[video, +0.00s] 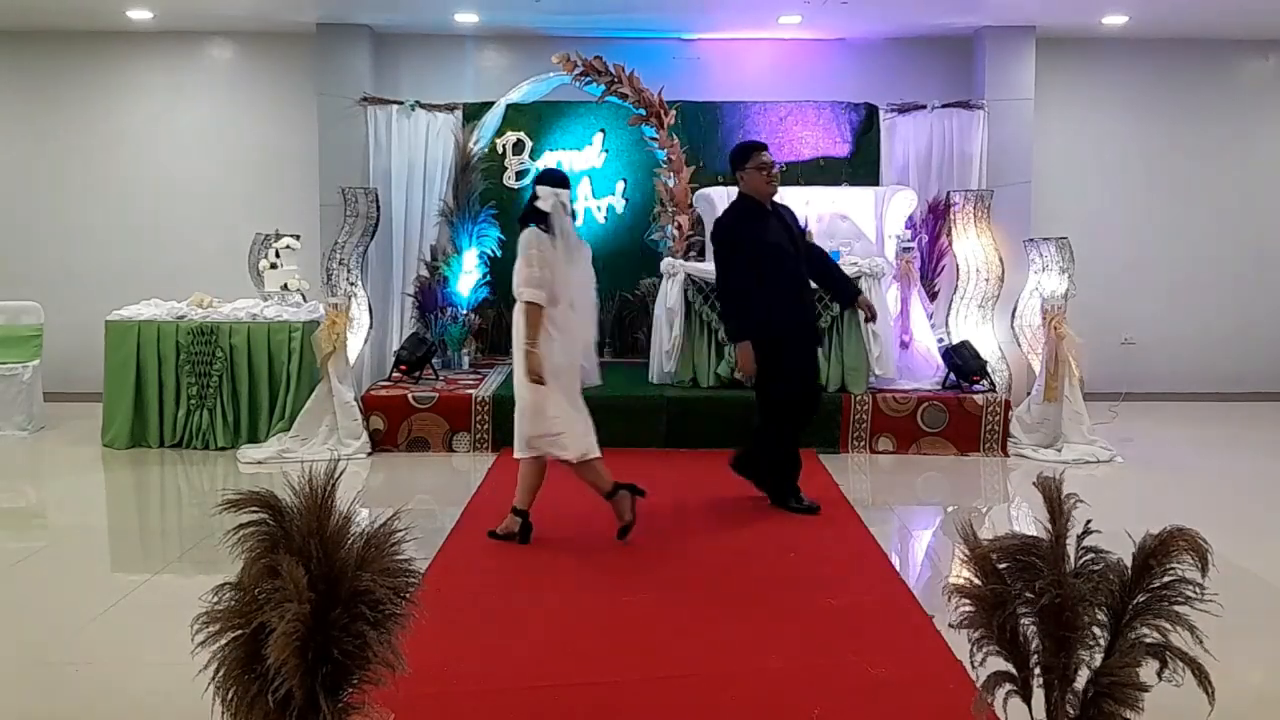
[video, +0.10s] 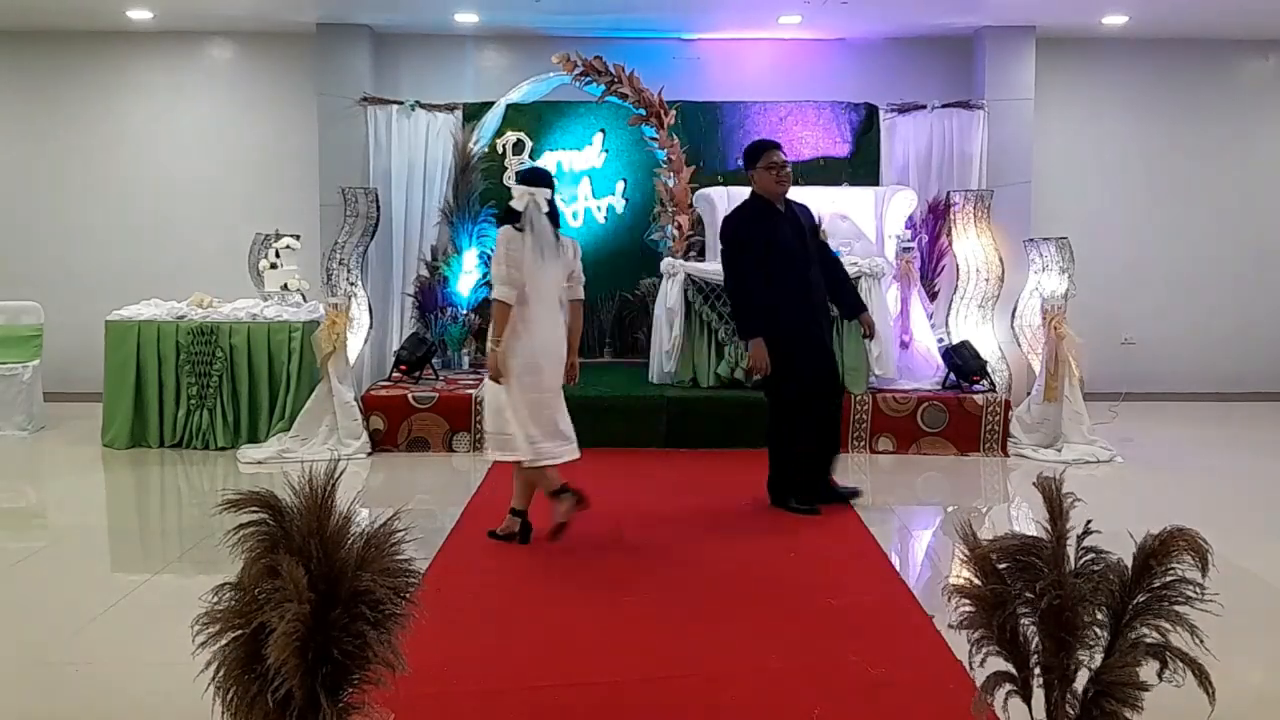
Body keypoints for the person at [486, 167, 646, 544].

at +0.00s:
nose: (537, 202)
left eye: (538, 196)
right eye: (543, 196)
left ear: (537, 198)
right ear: (567, 200)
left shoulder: (533, 237)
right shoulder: (577, 244)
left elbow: (533, 299)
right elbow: (582, 302)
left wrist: (531, 350)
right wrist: (580, 353)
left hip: (541, 353)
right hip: (565, 353)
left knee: (557, 433)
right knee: (534, 437)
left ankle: (616, 494)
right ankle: (518, 517)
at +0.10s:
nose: (513, 198)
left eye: (516, 193)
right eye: (517, 191)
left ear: (520, 197)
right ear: (550, 198)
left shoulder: (509, 237)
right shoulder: (568, 244)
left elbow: (504, 297)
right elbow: (575, 304)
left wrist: (494, 345)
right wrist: (573, 353)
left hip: (520, 346)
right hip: (553, 347)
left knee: (516, 427)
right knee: (529, 429)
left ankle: (559, 492)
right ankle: (517, 517)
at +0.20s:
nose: (505, 199)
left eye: (504, 192)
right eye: (516, 191)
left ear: (499, 197)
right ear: (536, 198)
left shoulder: (486, 239)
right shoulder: (554, 245)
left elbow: (479, 298)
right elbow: (565, 304)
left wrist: (466, 343)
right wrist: (565, 354)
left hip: (494, 350)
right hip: (537, 350)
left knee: (477, 431)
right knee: (527, 434)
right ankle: (518, 518)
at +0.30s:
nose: (528, 200)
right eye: (526, 195)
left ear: (485, 200)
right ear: (523, 201)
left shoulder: (466, 242)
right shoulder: (538, 246)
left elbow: (456, 301)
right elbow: (550, 307)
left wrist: (445, 346)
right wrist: (556, 358)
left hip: (473, 351)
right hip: (521, 354)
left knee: (448, 430)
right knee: (516, 435)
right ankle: (516, 520)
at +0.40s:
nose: (517, 203)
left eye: (515, 196)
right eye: (514, 198)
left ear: (474, 203)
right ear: (505, 204)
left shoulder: (449, 243)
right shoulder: (521, 247)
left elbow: (439, 305)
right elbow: (531, 311)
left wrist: (429, 345)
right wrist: (541, 360)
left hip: (455, 354)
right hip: (505, 357)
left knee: (428, 427)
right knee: (513, 433)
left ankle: (400, 507)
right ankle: (514, 519)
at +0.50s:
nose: (505, 202)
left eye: (503, 196)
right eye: (500, 197)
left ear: (463, 203)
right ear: (486, 203)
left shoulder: (436, 245)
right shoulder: (502, 248)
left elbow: (422, 304)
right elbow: (508, 312)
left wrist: (416, 343)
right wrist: (520, 363)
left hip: (439, 356)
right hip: (487, 359)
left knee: (414, 428)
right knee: (502, 434)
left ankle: (393, 509)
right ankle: (504, 520)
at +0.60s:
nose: (494, 200)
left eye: (491, 194)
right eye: (488, 195)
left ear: (454, 201)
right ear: (471, 201)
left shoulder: (424, 241)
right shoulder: (482, 247)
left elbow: (412, 302)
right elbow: (483, 312)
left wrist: (412, 341)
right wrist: (493, 365)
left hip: (423, 355)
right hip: (466, 359)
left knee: (406, 433)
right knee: (490, 440)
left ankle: (390, 511)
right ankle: (493, 519)